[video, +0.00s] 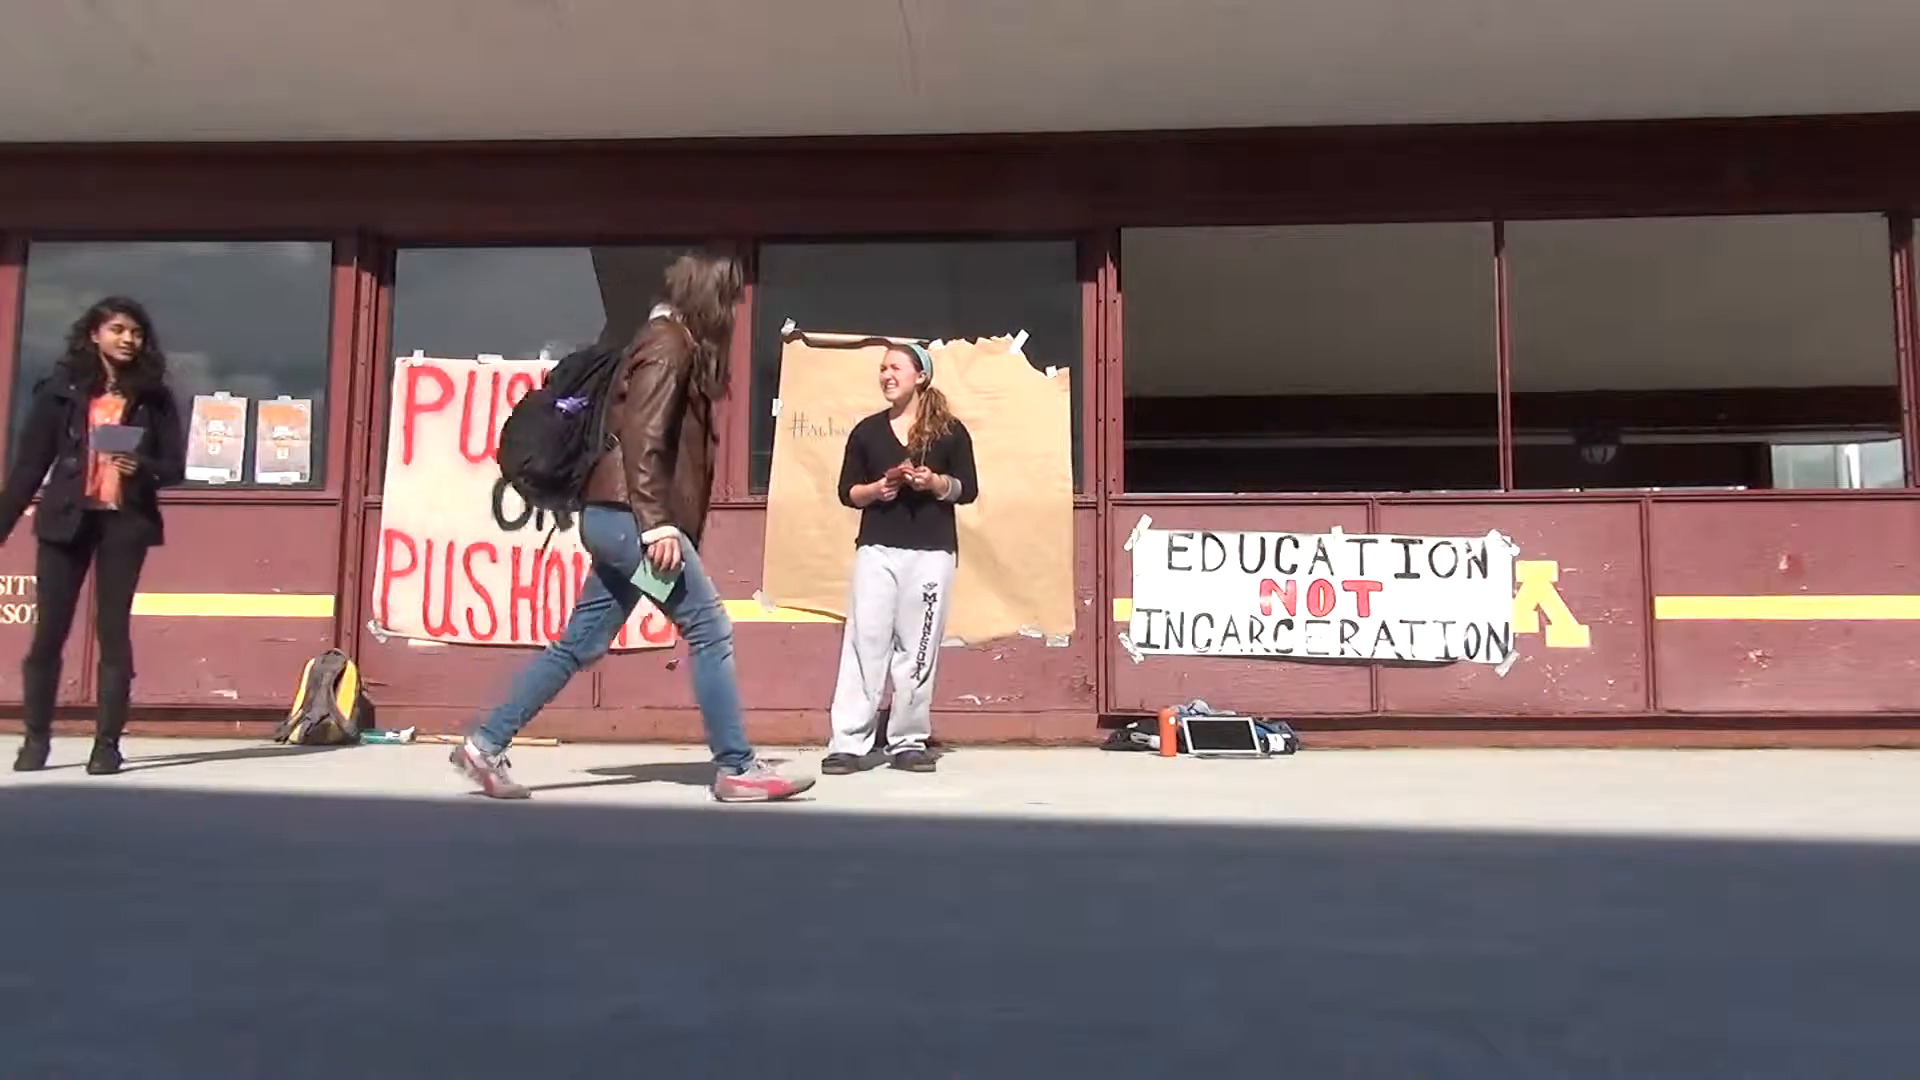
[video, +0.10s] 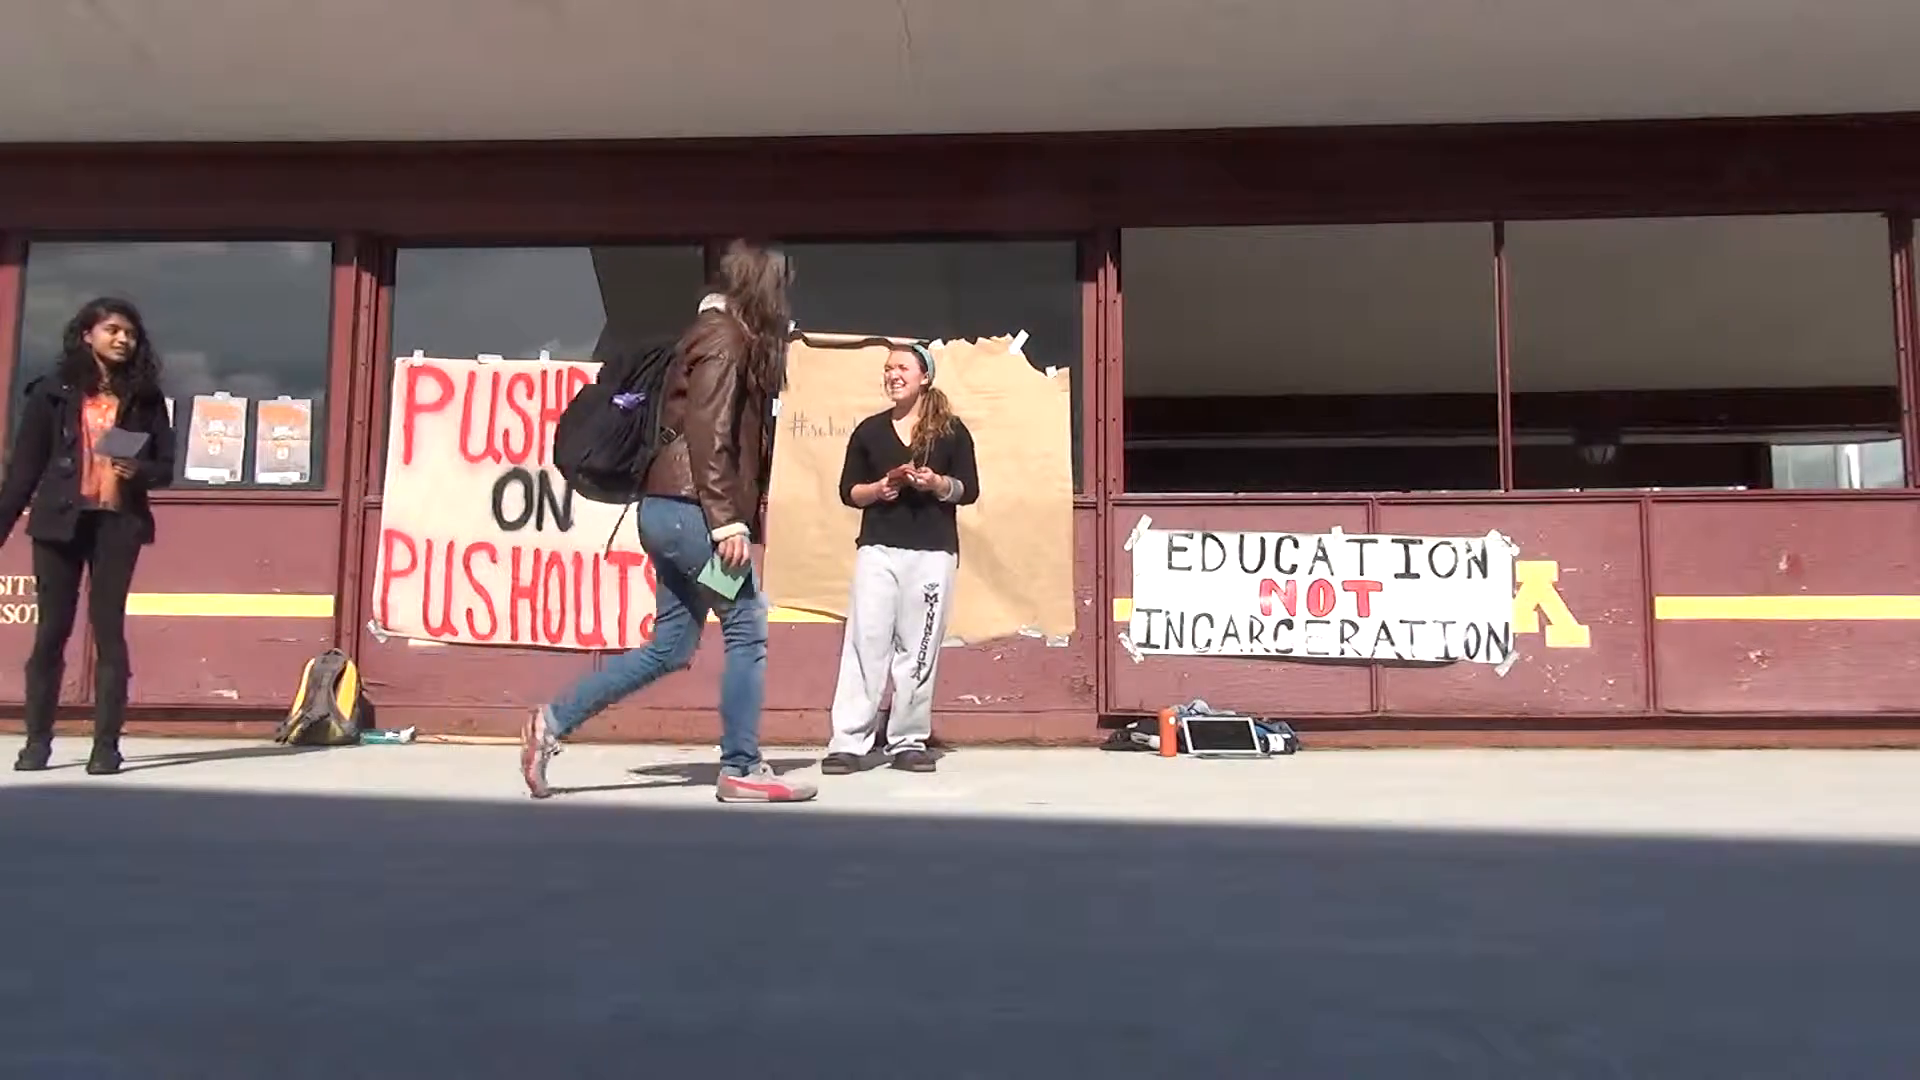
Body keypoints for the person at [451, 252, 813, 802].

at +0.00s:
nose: (734, 308)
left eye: (734, 297)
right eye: (731, 297)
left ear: (682, 289)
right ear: (711, 296)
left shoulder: (666, 340)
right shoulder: (669, 344)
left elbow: (647, 437)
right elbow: (644, 439)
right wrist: (656, 523)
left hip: (614, 516)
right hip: (631, 516)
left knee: (578, 646)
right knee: (710, 631)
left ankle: (484, 746)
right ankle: (736, 769)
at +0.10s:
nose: (784, 294)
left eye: (782, 282)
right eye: (780, 283)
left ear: (730, 279)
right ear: (762, 283)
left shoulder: (710, 332)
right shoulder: (726, 338)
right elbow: (708, 434)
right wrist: (726, 518)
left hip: (665, 505)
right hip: (689, 508)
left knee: (671, 647)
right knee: (748, 625)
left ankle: (551, 723)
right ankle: (741, 770)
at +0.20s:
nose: (833, 287)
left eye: (832, 274)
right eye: (829, 275)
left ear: (774, 268)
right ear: (811, 275)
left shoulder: (751, 324)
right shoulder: (775, 327)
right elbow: (769, 425)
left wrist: (785, 508)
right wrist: (798, 506)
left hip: (721, 495)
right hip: (735, 497)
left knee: (769, 628)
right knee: (758, 629)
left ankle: (658, 719)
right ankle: (740, 768)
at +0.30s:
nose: (878, 279)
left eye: (875, 268)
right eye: (875, 268)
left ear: (826, 263)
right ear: (860, 269)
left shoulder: (815, 320)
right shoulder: (820, 321)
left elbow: (835, 420)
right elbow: (824, 420)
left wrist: (866, 488)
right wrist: (862, 502)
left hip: (783, 497)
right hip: (774, 494)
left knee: (837, 619)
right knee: (769, 630)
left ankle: (789, 753)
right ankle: (740, 769)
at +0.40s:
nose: (927, 299)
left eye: (925, 288)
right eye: (923, 288)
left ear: (876, 281)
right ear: (908, 288)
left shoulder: (858, 329)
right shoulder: (869, 333)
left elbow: (869, 430)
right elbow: (879, 434)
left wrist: (914, 471)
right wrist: (927, 508)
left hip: (825, 507)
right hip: (820, 505)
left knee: (892, 630)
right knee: (788, 637)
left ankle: (929, 762)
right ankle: (741, 768)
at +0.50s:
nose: (979, 312)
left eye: (978, 300)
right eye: (976, 300)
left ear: (927, 294)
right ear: (961, 300)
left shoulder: (912, 342)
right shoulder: (922, 346)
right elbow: (928, 442)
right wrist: (978, 516)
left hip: (886, 519)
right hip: (868, 512)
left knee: (949, 638)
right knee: (823, 641)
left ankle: (1003, 762)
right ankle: (746, 761)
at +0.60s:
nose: (1027, 313)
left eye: (1027, 303)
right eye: (1025, 302)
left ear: (978, 294)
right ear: (1010, 301)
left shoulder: (953, 343)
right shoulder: (976, 347)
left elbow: (942, 440)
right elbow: (975, 442)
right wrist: (1023, 511)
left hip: (946, 518)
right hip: (932, 513)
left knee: (1005, 630)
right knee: (900, 646)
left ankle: (1018, 767)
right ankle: (789, 740)